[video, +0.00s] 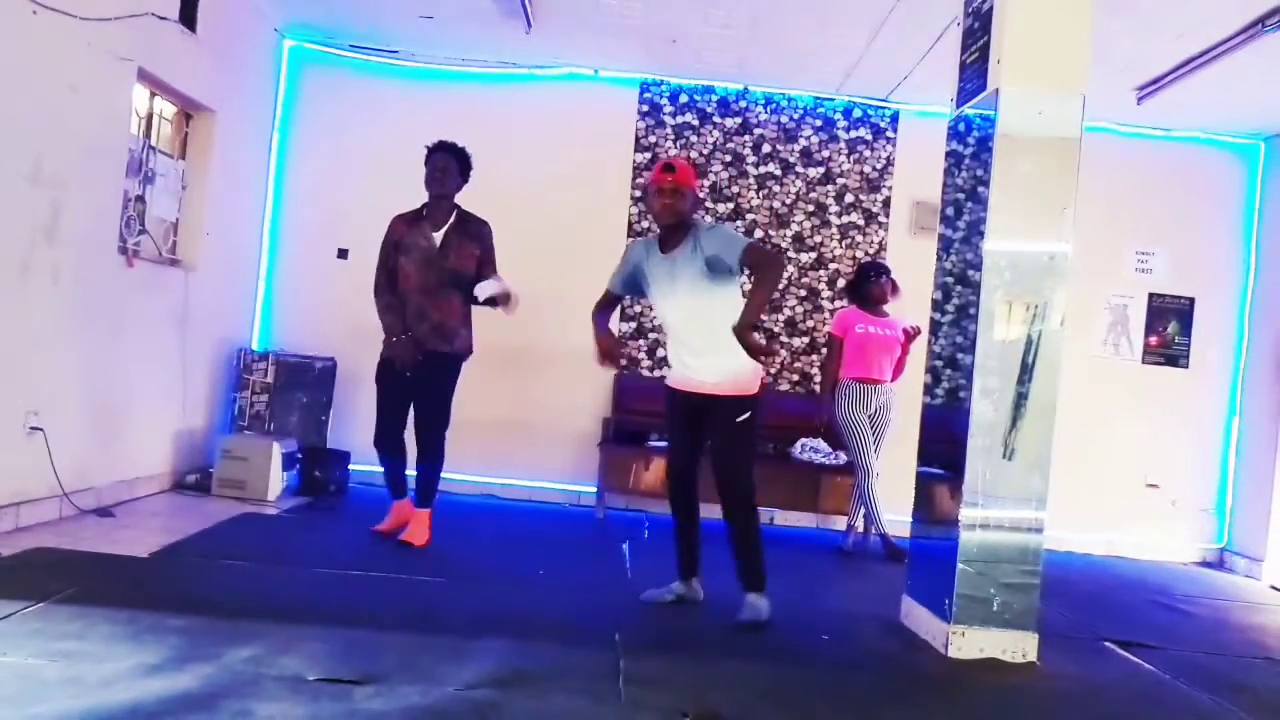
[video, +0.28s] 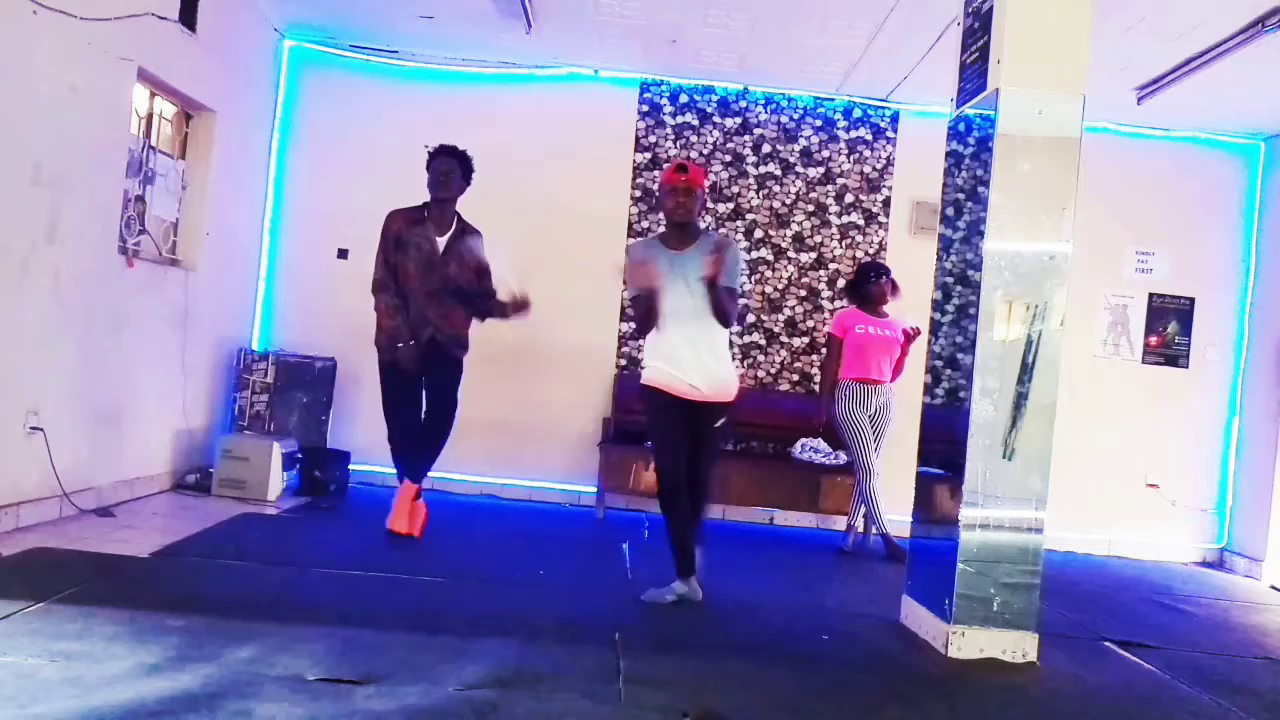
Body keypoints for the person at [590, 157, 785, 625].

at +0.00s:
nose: (663, 201)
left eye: (673, 192)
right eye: (657, 192)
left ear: (692, 198)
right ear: (648, 198)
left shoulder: (715, 239)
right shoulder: (641, 252)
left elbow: (771, 262)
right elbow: (604, 306)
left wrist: (745, 323)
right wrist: (604, 336)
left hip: (735, 386)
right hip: (684, 385)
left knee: (735, 488)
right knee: (679, 481)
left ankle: (755, 593)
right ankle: (688, 581)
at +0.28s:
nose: (679, 201)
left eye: (688, 193)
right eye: (672, 192)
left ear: (701, 199)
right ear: (660, 198)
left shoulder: (724, 249)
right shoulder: (642, 252)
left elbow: (730, 317)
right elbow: (644, 324)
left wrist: (714, 283)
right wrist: (647, 292)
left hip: (712, 380)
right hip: (663, 376)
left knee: (697, 474)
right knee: (670, 476)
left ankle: (689, 553)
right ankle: (686, 579)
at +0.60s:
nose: (689, 211)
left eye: (697, 205)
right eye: (682, 203)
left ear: (708, 213)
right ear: (667, 207)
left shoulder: (714, 263)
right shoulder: (644, 251)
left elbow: (723, 317)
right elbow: (640, 317)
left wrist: (729, 342)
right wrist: (702, 296)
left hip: (687, 378)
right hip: (643, 373)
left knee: (669, 466)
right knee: (653, 460)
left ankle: (646, 550)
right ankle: (628, 544)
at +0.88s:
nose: (691, 213)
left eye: (699, 207)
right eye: (684, 204)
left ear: (707, 215)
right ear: (670, 205)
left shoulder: (692, 259)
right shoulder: (654, 238)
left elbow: (683, 318)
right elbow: (675, 296)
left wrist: (697, 348)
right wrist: (710, 277)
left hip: (665, 376)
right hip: (625, 372)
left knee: (676, 463)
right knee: (623, 467)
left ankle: (631, 547)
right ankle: (607, 553)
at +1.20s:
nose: (685, 203)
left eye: (693, 197)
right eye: (679, 195)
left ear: (707, 208)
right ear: (666, 200)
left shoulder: (716, 263)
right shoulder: (636, 245)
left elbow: (722, 331)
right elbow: (585, 295)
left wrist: (704, 331)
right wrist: (597, 339)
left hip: (670, 389)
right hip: (622, 379)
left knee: (643, 479)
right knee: (600, 464)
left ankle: (613, 565)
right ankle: (568, 542)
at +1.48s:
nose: (684, 206)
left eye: (692, 200)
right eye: (678, 199)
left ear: (708, 207)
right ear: (667, 204)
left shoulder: (724, 255)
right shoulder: (647, 254)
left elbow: (732, 314)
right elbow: (606, 299)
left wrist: (685, 284)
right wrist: (583, 343)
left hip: (690, 381)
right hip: (643, 379)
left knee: (672, 467)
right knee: (647, 466)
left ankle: (647, 556)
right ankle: (658, 550)